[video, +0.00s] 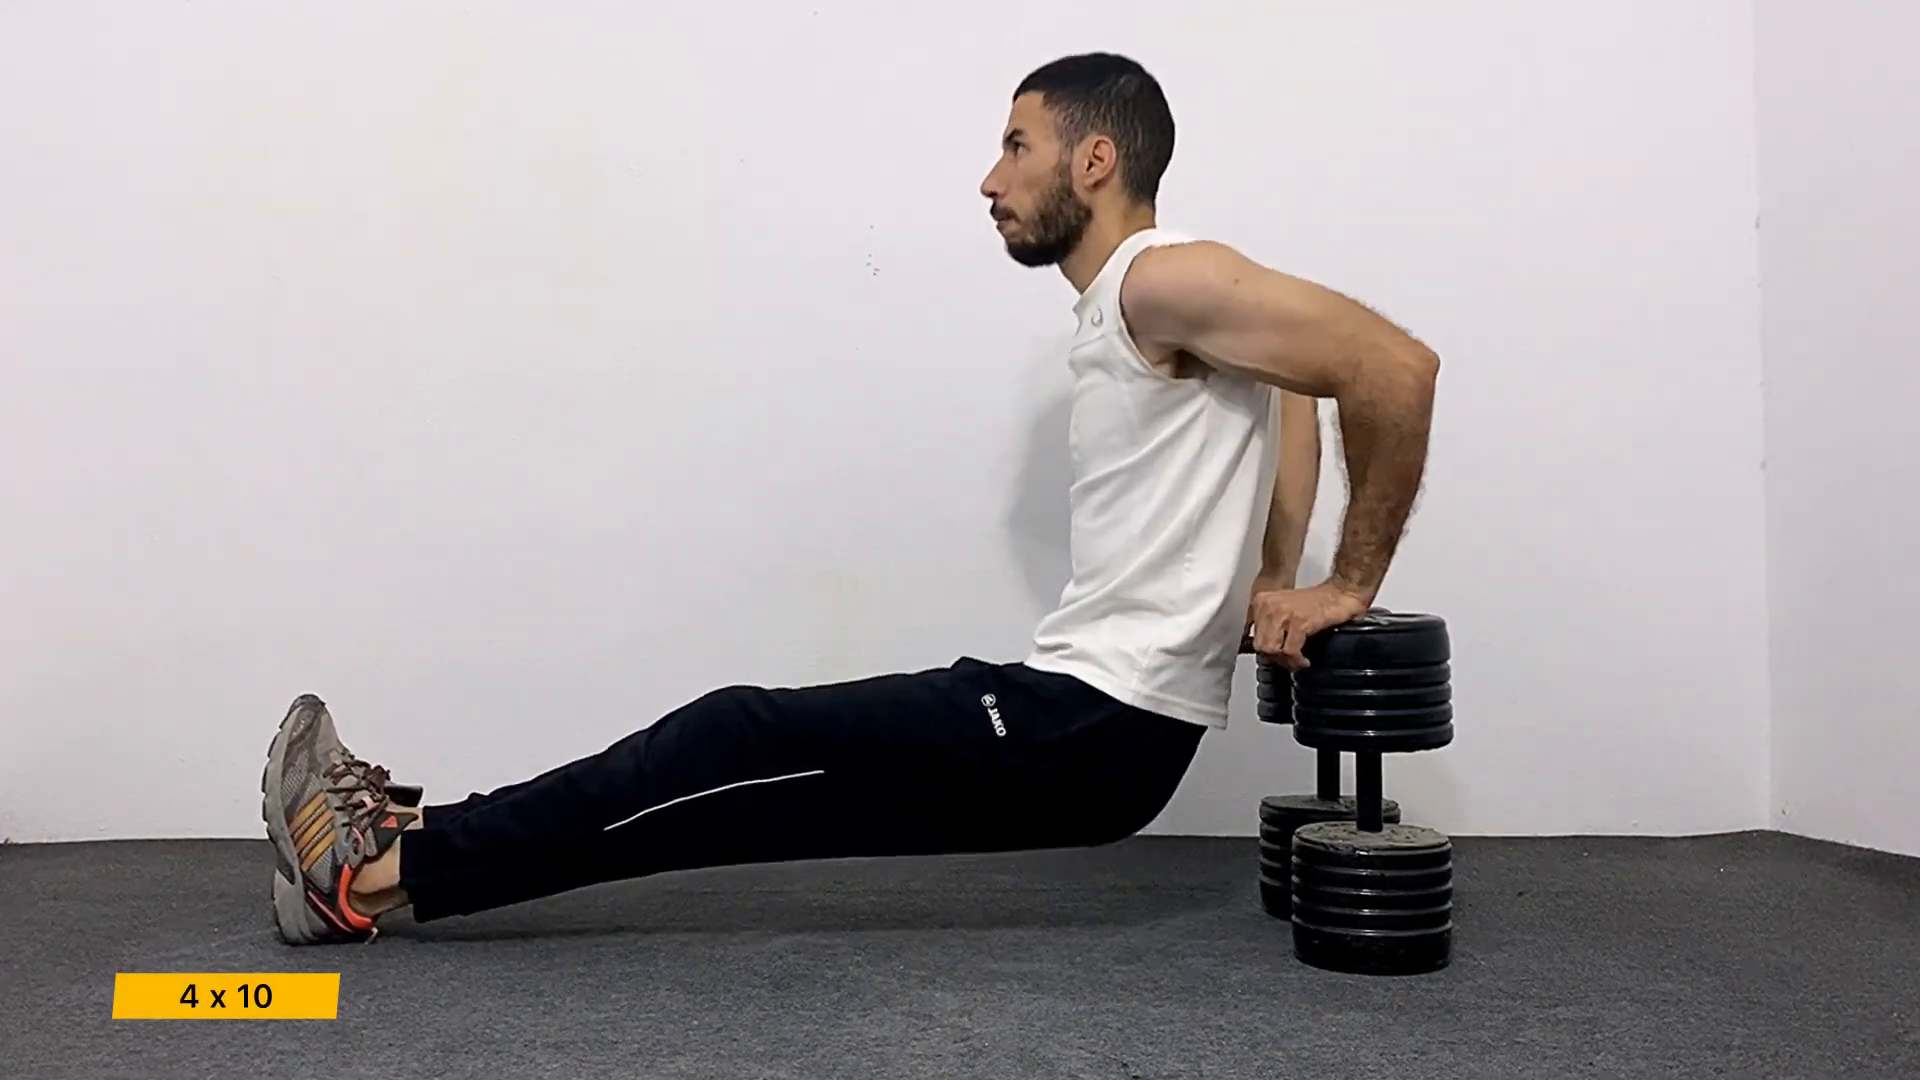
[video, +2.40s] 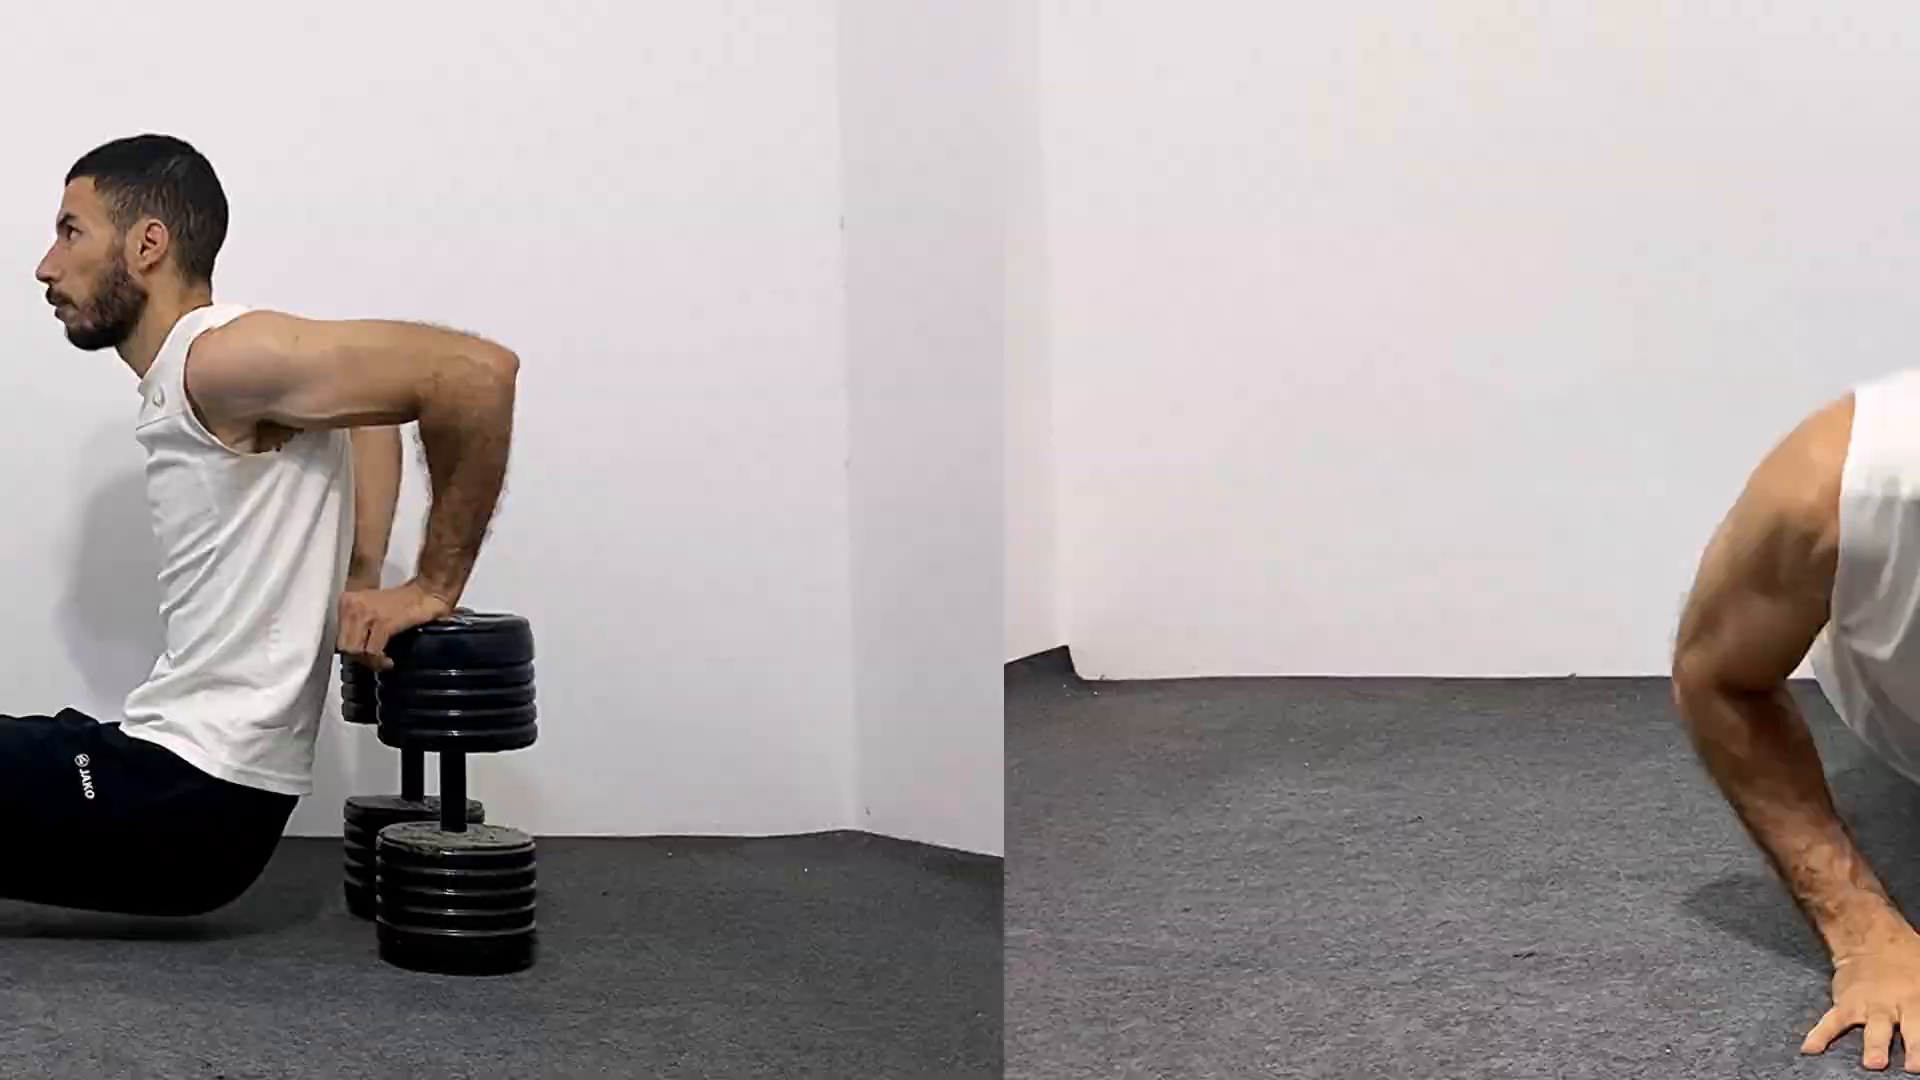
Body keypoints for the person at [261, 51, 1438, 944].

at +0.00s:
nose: (992, 181)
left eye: (1013, 149)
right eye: (998, 152)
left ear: (1100, 159)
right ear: (1103, 164)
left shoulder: (1163, 286)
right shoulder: (1138, 294)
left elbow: (1395, 368)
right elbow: (1302, 374)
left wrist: (1354, 586)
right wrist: (1281, 572)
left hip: (1101, 720)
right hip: (1077, 702)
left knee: (737, 749)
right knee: (735, 745)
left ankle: (390, 871)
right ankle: (408, 854)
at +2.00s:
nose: (973, 227)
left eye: (996, 195)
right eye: (980, 199)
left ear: (1083, 202)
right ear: (1086, 206)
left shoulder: (1144, 323)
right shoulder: (1128, 322)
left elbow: (1395, 374)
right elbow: (1301, 378)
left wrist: (1347, 588)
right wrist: (1275, 566)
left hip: (1094, 758)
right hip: (1079, 744)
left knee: (733, 735)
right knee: (728, 783)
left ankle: (384, 868)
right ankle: (407, 855)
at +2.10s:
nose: (919, 245)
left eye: (943, 213)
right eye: (927, 216)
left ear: (1029, 224)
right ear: (1030, 226)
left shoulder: (1090, 342)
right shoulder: (1073, 347)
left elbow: (1345, 377)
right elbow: (1241, 391)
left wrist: (1299, 587)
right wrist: (1225, 575)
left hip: (1046, 778)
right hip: (1028, 763)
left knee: (686, 738)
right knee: (681, 788)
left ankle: (337, 872)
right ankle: (364, 852)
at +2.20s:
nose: (777, 261)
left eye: (798, 229)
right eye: (784, 232)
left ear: (882, 238)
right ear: (888, 240)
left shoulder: (947, 354)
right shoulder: (936, 359)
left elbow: (1204, 378)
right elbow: (1103, 395)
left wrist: (1161, 591)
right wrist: (1089, 573)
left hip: (906, 792)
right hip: (900, 786)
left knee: (547, 742)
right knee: (536, 800)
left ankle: (194, 876)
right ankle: (228, 850)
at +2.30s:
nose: (498, 268)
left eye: (522, 234)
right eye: (508, 236)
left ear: (606, 249)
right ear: (606, 251)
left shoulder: (672, 367)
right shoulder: (648, 372)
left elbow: (930, 378)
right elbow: (830, 390)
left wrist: (891, 587)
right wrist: (821, 575)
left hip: (640, 804)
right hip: (616, 781)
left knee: (269, 754)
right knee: (262, 772)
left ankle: (11, 855)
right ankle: (18, 860)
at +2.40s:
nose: (44, 266)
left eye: (69, 232)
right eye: (56, 233)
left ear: (147, 244)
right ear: (148, 247)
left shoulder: (223, 362)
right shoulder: (196, 367)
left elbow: (476, 374)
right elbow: (373, 395)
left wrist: (437, 586)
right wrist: (361, 574)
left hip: (196, 798)